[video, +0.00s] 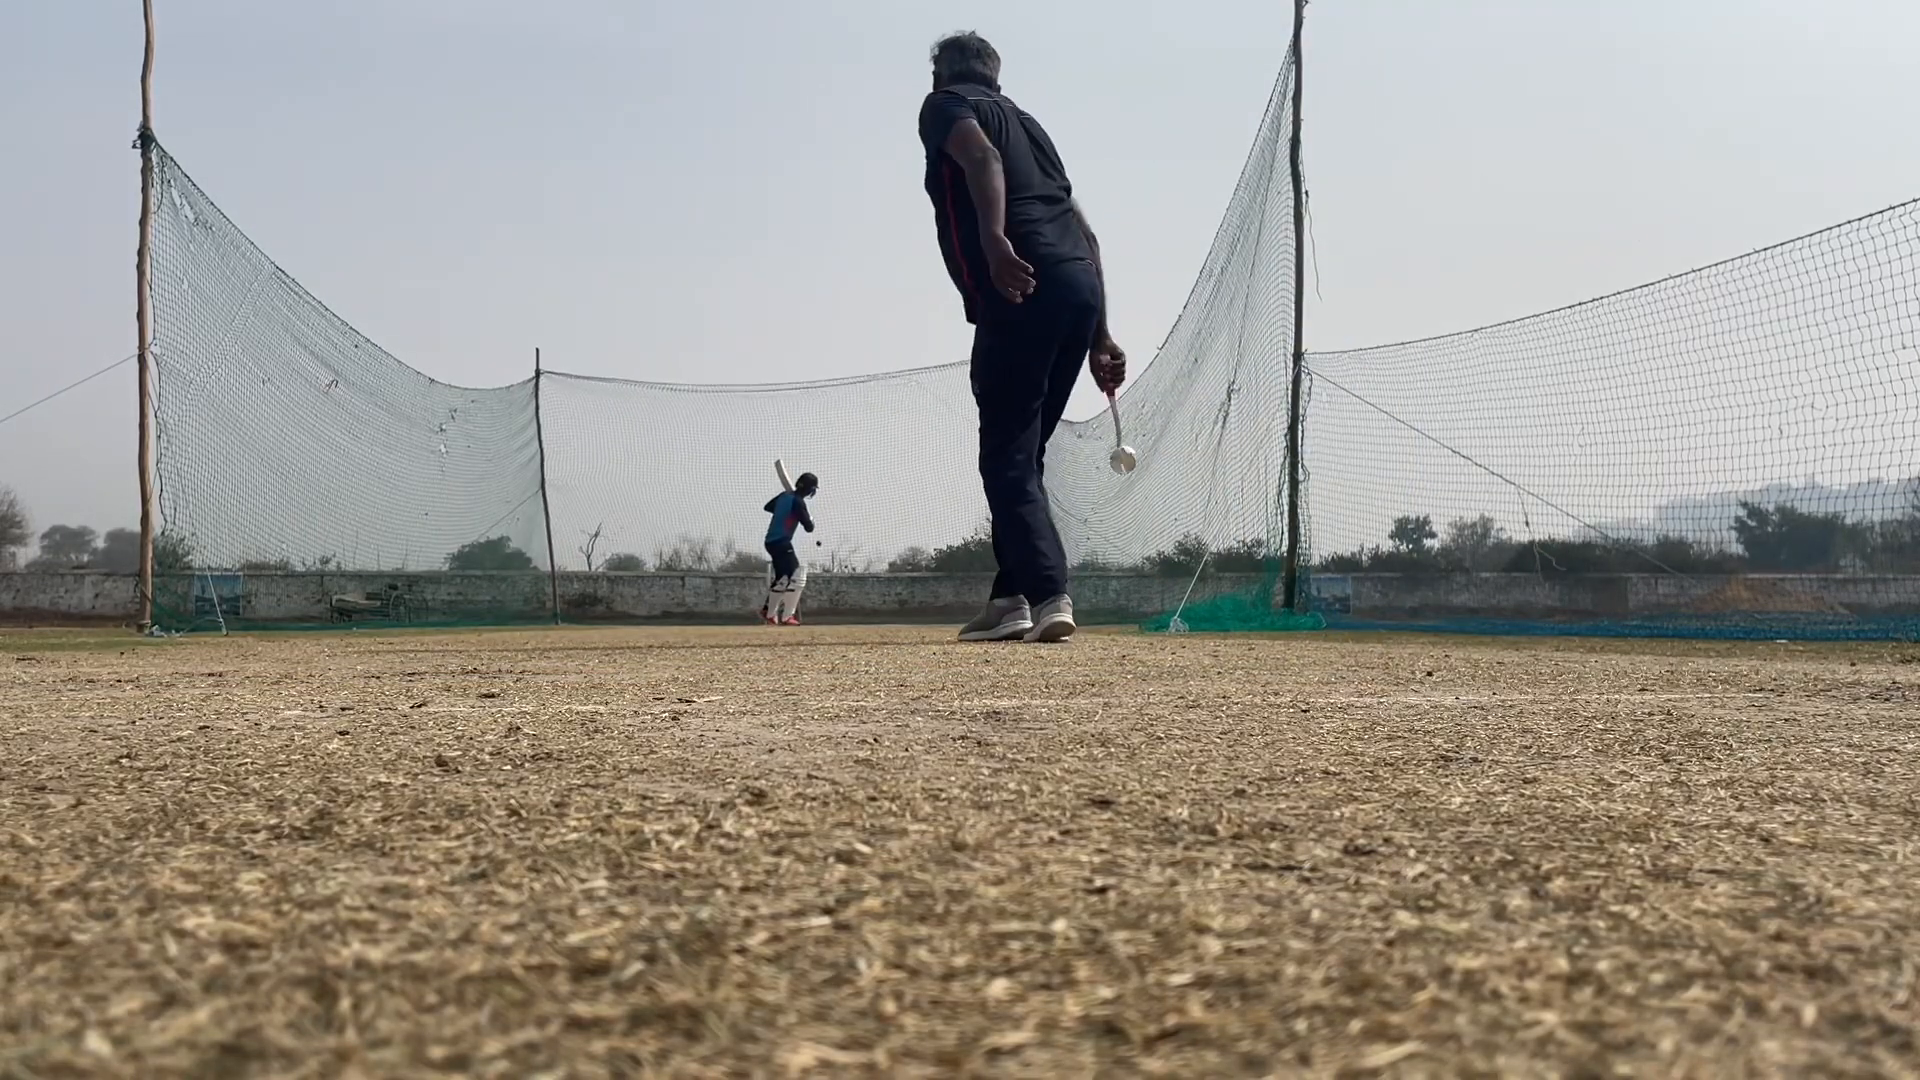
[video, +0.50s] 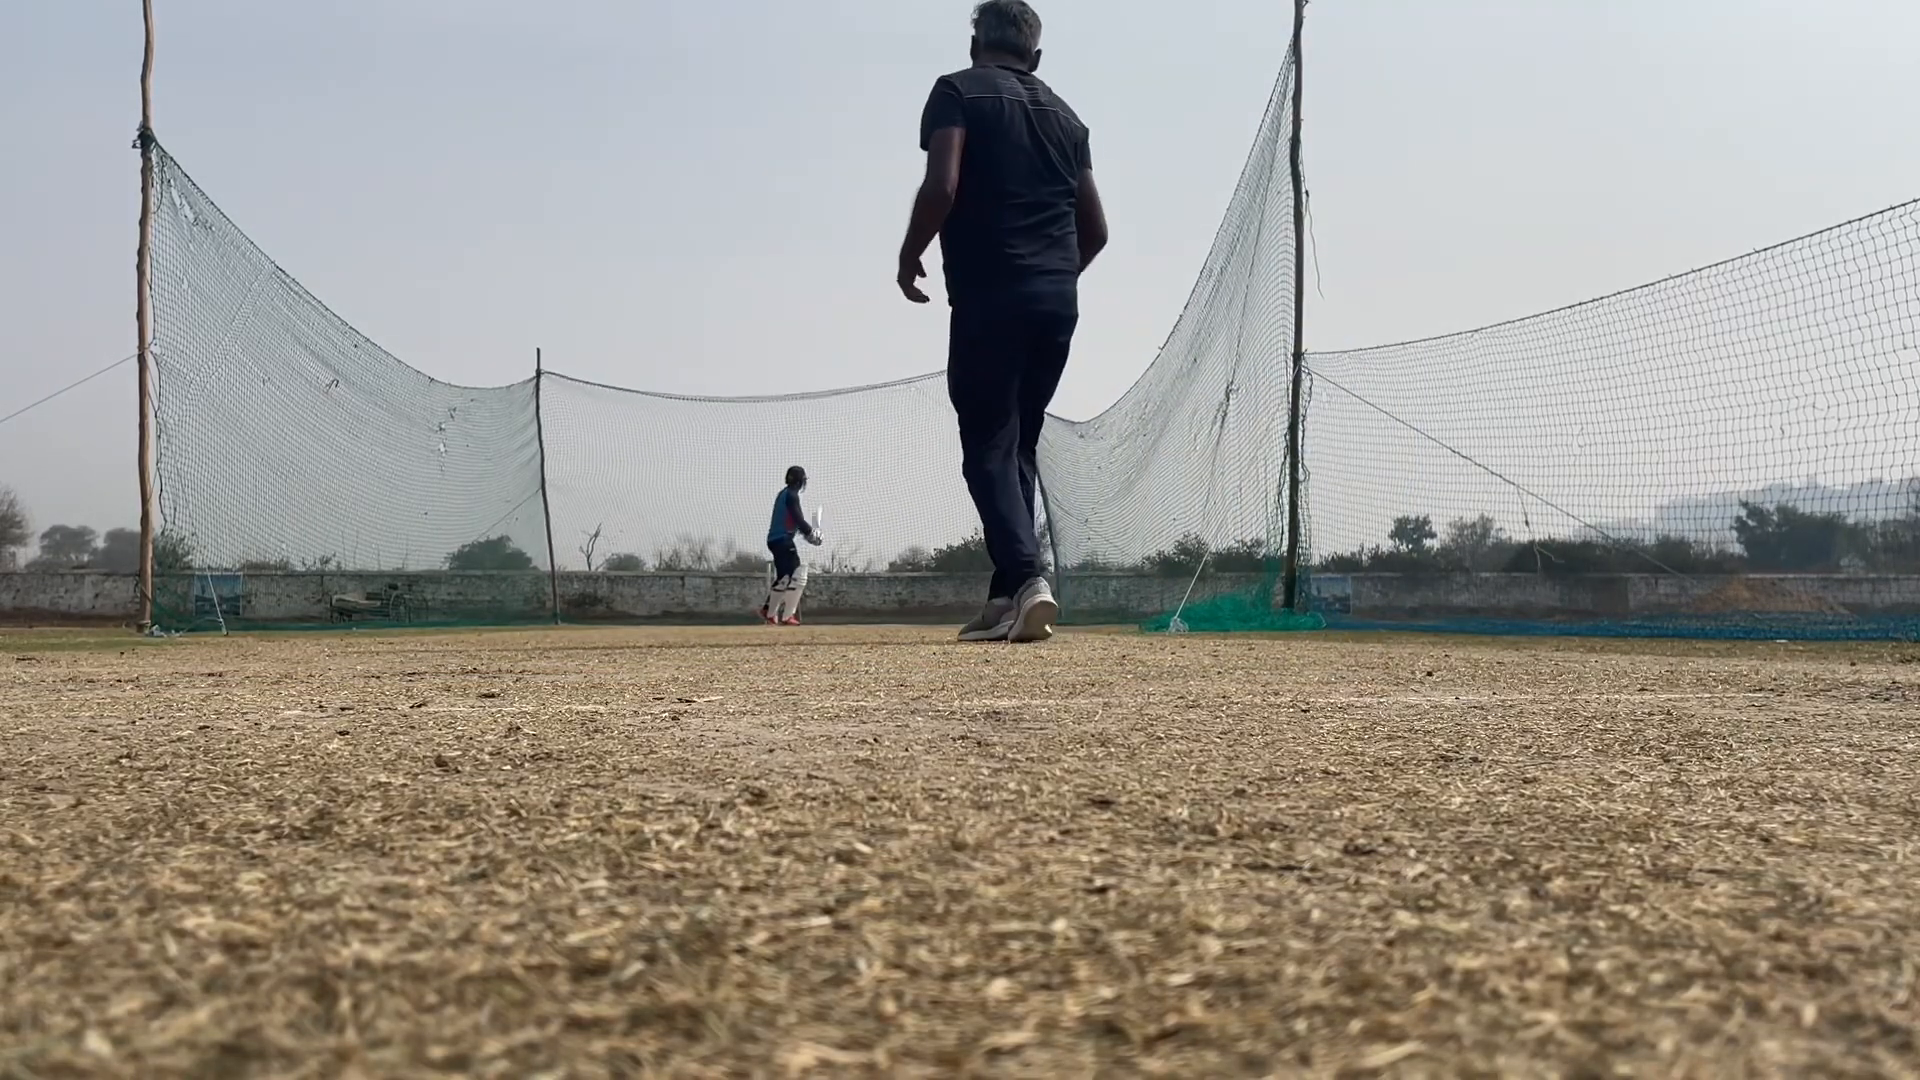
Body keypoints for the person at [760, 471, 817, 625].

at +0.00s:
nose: (814, 492)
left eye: (815, 489)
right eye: (813, 488)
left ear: (799, 484)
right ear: (808, 488)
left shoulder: (784, 495)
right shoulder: (798, 501)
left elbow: (768, 507)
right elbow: (808, 527)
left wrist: (784, 512)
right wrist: (809, 521)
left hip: (771, 541)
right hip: (782, 542)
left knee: (782, 577)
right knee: (797, 575)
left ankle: (770, 613)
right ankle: (788, 615)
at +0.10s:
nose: (814, 491)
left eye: (815, 488)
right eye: (813, 487)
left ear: (798, 484)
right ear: (808, 487)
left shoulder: (785, 495)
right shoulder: (798, 501)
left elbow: (769, 507)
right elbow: (809, 527)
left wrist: (785, 513)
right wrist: (809, 520)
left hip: (771, 541)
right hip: (782, 542)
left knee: (782, 577)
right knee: (797, 575)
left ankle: (770, 613)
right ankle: (788, 616)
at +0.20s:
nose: (813, 490)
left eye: (814, 486)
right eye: (812, 486)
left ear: (797, 483)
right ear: (807, 486)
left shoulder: (785, 495)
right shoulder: (798, 500)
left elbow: (770, 508)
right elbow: (809, 526)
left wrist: (786, 513)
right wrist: (808, 519)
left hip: (772, 541)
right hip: (783, 542)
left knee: (782, 577)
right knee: (797, 575)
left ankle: (770, 612)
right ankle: (788, 615)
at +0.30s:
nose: (812, 488)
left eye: (813, 484)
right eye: (812, 484)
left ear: (796, 482)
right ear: (807, 485)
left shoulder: (785, 496)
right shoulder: (797, 499)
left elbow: (772, 512)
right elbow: (807, 523)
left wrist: (789, 516)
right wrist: (813, 526)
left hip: (773, 541)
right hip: (783, 541)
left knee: (782, 576)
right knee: (797, 575)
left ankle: (770, 611)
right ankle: (788, 615)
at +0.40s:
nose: (809, 485)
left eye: (809, 481)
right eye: (808, 481)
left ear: (794, 481)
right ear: (802, 482)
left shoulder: (785, 495)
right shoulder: (795, 497)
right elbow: (803, 520)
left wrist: (811, 525)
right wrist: (813, 531)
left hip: (774, 540)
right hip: (783, 541)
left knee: (783, 577)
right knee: (798, 574)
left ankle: (771, 613)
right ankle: (788, 616)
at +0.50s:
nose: (805, 482)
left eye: (805, 479)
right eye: (804, 479)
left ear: (789, 479)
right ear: (799, 480)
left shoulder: (784, 494)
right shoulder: (791, 495)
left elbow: (794, 520)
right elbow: (799, 519)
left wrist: (807, 534)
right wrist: (811, 533)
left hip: (775, 539)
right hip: (783, 539)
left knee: (783, 576)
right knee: (797, 574)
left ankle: (771, 613)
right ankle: (788, 615)